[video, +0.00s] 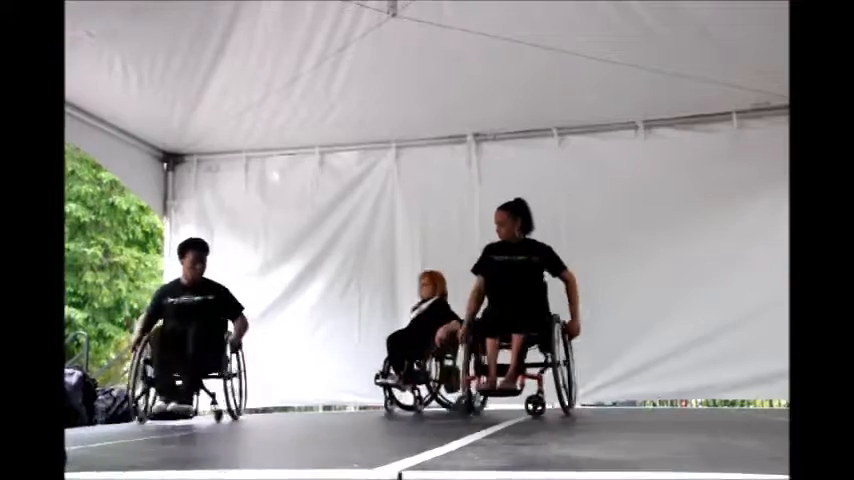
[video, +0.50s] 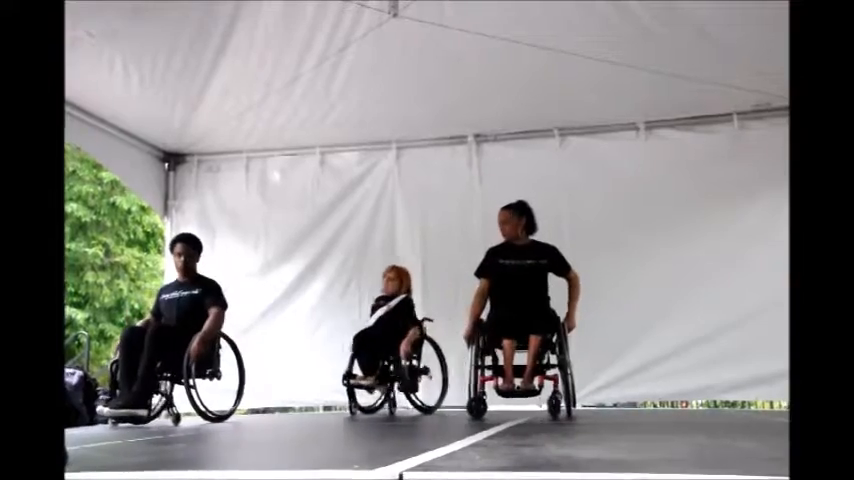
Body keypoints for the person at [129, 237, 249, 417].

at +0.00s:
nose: (200, 266)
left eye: (203, 262)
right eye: (195, 261)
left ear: (206, 262)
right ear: (182, 261)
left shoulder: (217, 292)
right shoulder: (166, 292)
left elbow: (241, 321)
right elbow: (148, 318)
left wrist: (236, 338)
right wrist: (138, 338)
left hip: (208, 352)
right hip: (177, 352)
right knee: (158, 336)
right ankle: (165, 399)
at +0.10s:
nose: (197, 265)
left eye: (200, 260)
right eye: (192, 260)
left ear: (204, 261)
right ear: (180, 260)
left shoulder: (217, 291)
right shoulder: (166, 293)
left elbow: (239, 321)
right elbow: (149, 321)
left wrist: (229, 339)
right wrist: (135, 339)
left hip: (208, 354)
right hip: (177, 353)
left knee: (186, 333)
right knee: (151, 334)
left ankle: (171, 399)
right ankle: (155, 400)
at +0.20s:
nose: (191, 264)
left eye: (195, 260)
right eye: (186, 259)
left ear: (201, 260)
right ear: (178, 260)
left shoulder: (215, 289)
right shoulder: (167, 293)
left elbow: (234, 318)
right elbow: (152, 322)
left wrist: (220, 334)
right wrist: (133, 339)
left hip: (206, 356)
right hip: (176, 355)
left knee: (170, 335)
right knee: (142, 334)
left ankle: (158, 401)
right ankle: (141, 402)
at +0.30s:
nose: (188, 263)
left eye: (193, 258)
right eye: (184, 258)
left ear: (200, 260)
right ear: (175, 259)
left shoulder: (212, 288)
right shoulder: (167, 292)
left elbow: (229, 317)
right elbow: (155, 320)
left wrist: (213, 336)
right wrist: (133, 337)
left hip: (201, 353)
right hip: (172, 351)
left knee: (164, 335)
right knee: (137, 335)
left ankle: (149, 400)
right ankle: (133, 399)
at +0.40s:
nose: (186, 262)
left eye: (191, 257)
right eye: (181, 257)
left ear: (198, 259)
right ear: (174, 259)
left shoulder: (210, 287)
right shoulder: (166, 292)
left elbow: (224, 316)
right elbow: (156, 320)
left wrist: (207, 339)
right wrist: (137, 334)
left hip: (197, 351)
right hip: (170, 350)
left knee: (160, 334)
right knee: (134, 335)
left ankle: (143, 399)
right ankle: (129, 398)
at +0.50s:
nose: (183, 260)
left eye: (189, 255)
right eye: (179, 255)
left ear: (198, 257)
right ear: (173, 258)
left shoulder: (208, 286)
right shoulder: (165, 291)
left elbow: (217, 315)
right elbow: (153, 319)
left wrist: (201, 340)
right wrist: (130, 337)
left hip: (194, 350)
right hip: (167, 348)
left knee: (156, 333)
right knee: (131, 333)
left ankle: (140, 400)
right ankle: (125, 398)